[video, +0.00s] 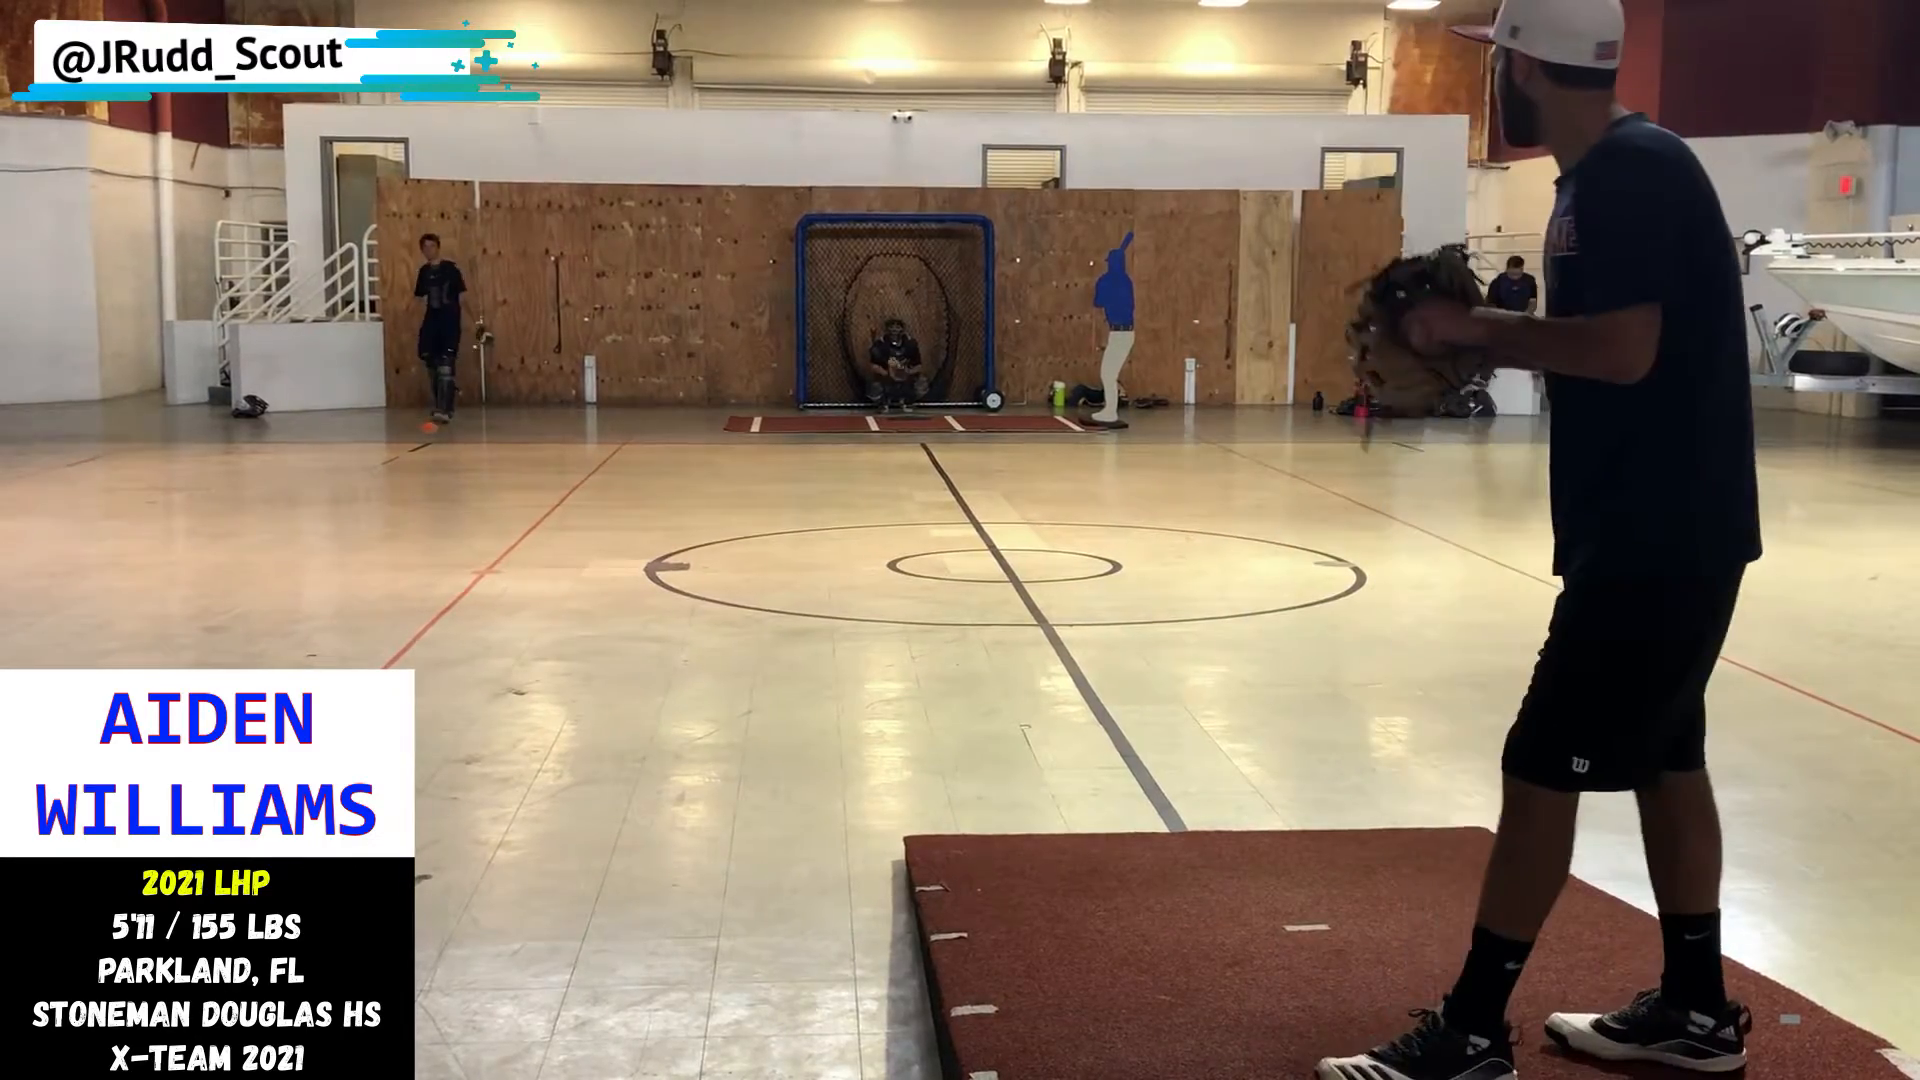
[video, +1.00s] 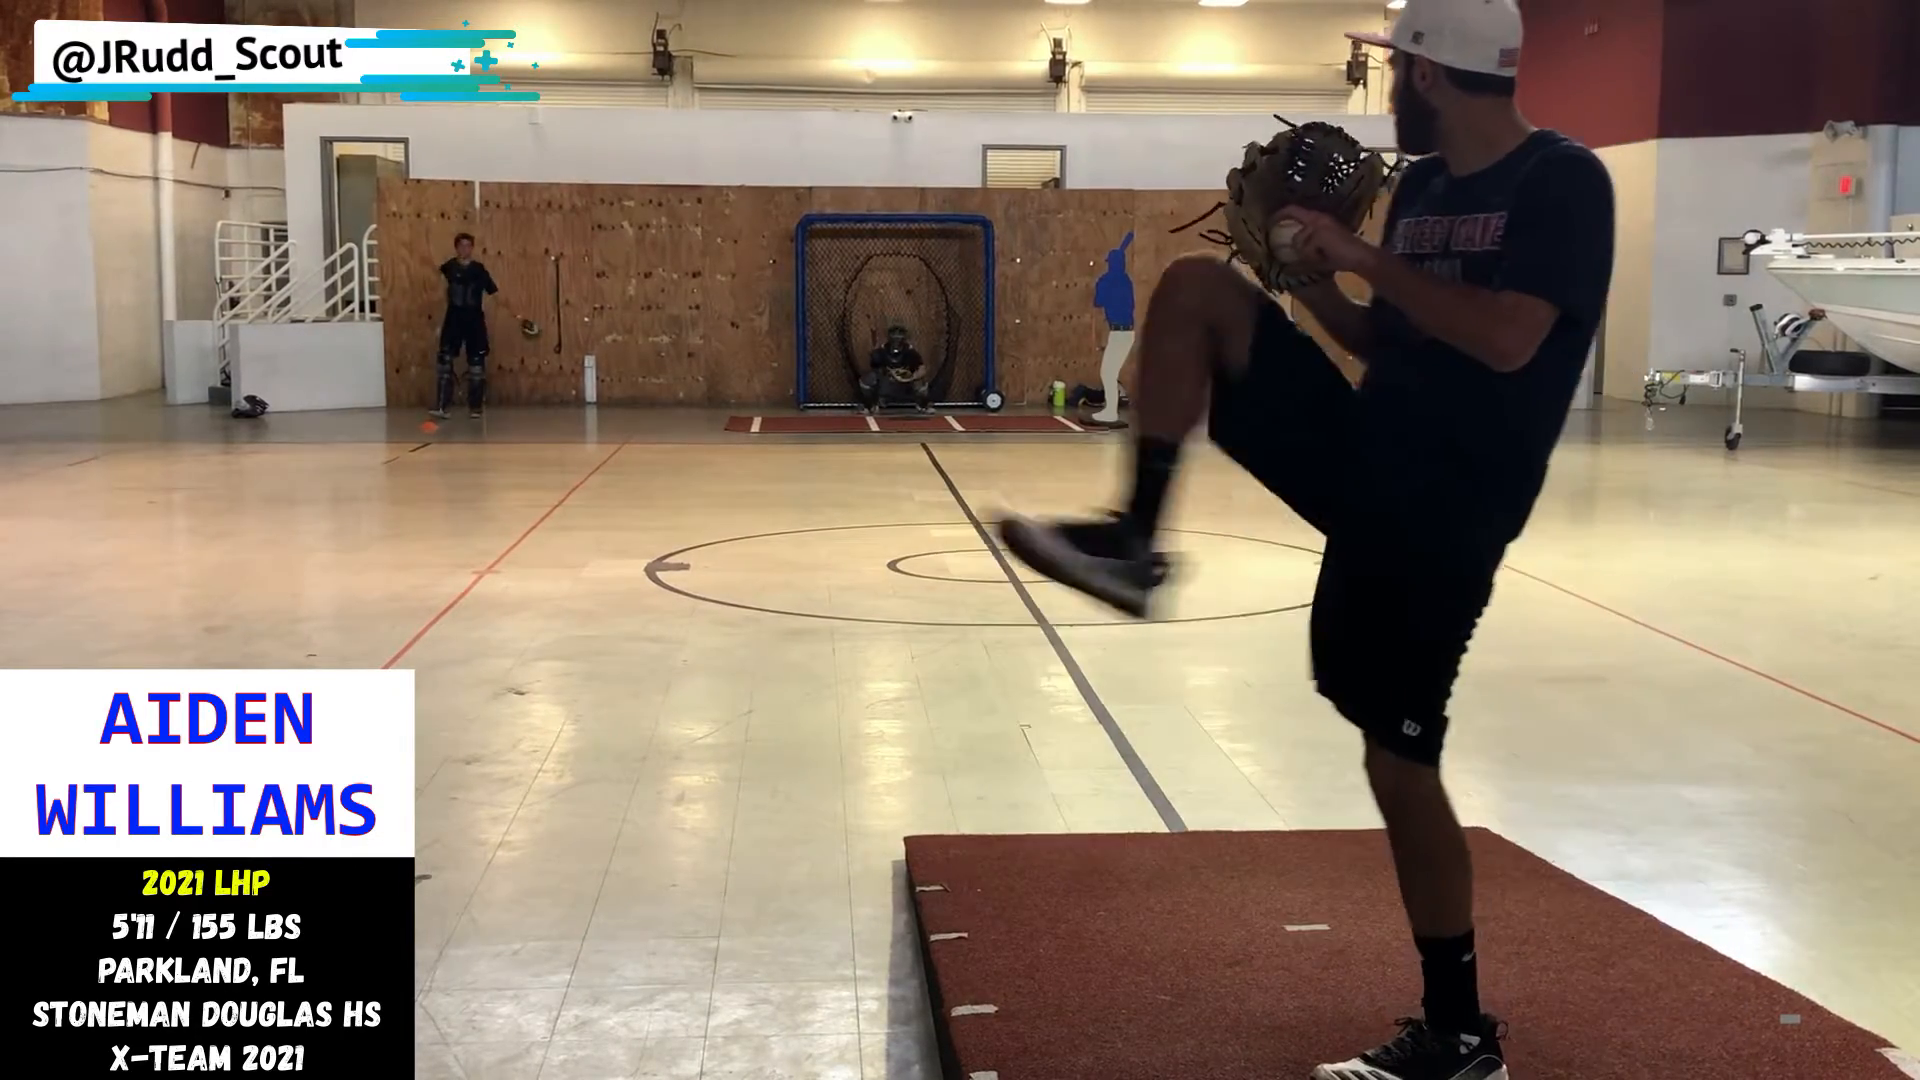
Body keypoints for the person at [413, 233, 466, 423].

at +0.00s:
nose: (428, 250)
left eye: (431, 246)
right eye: (425, 247)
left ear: (438, 247)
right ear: (422, 250)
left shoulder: (451, 268)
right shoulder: (424, 271)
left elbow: (461, 296)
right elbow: (419, 298)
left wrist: (474, 318)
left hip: (449, 320)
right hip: (432, 320)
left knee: (446, 361)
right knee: (429, 357)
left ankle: (445, 408)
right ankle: (439, 403)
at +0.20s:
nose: (429, 249)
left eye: (432, 245)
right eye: (426, 246)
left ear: (438, 245)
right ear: (423, 249)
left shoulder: (450, 265)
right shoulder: (425, 270)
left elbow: (461, 290)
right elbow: (421, 296)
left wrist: (463, 318)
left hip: (452, 318)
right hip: (435, 319)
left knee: (451, 362)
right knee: (435, 361)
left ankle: (455, 408)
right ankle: (441, 407)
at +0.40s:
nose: (438, 247)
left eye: (440, 243)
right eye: (435, 244)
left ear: (447, 245)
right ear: (431, 248)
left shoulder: (455, 266)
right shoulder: (433, 269)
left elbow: (457, 295)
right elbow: (420, 287)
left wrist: (448, 316)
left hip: (457, 320)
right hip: (438, 319)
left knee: (459, 364)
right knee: (439, 364)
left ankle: (469, 406)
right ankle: (442, 407)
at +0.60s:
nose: (447, 247)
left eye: (450, 244)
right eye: (443, 245)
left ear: (456, 246)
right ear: (440, 248)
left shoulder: (463, 267)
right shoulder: (438, 269)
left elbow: (466, 297)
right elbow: (417, 272)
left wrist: (457, 315)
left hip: (463, 318)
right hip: (443, 317)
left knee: (468, 362)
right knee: (441, 362)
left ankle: (474, 406)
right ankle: (442, 407)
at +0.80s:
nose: (456, 250)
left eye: (459, 247)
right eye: (453, 247)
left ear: (464, 249)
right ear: (449, 250)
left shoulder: (471, 270)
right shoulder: (445, 268)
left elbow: (480, 299)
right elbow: (434, 258)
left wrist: (483, 324)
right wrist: (425, 240)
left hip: (469, 321)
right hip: (449, 320)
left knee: (473, 363)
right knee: (444, 360)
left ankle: (475, 406)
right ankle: (442, 406)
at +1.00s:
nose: (465, 249)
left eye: (468, 246)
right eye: (462, 246)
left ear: (472, 248)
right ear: (456, 248)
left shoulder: (478, 269)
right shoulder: (449, 267)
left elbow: (493, 291)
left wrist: (515, 313)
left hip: (474, 319)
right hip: (454, 318)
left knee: (476, 361)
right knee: (445, 358)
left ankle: (476, 406)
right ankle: (443, 404)